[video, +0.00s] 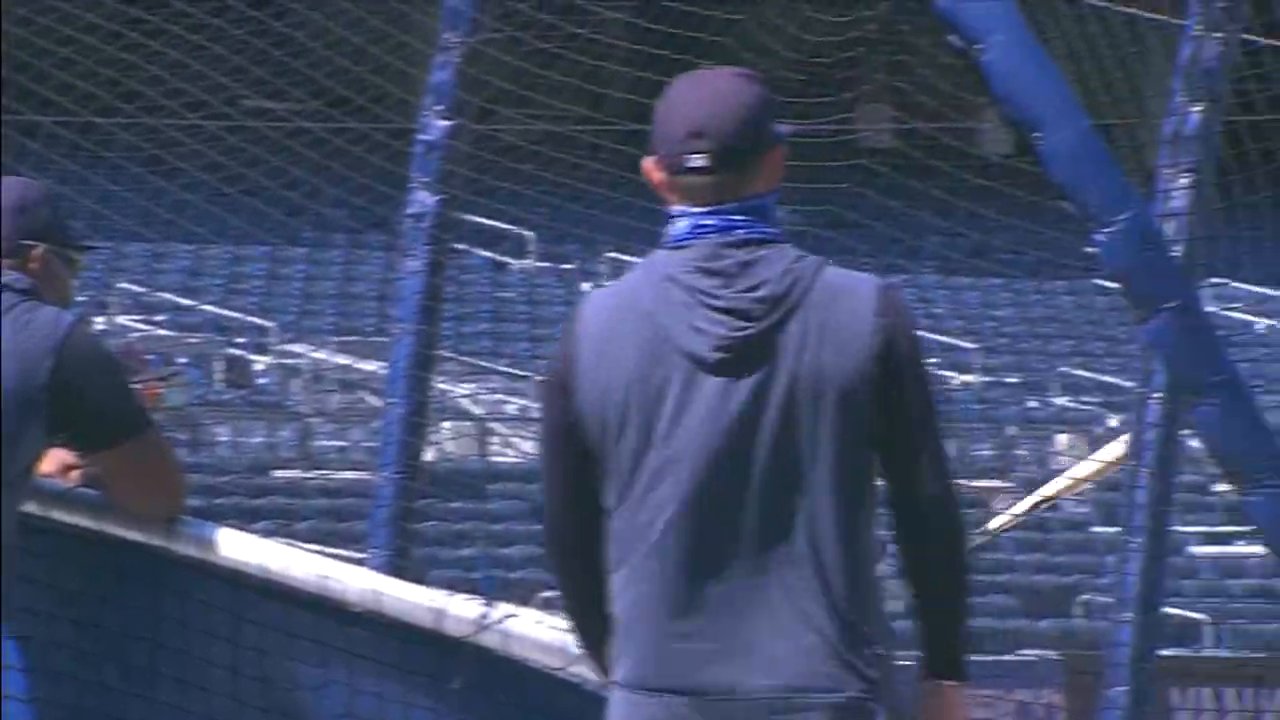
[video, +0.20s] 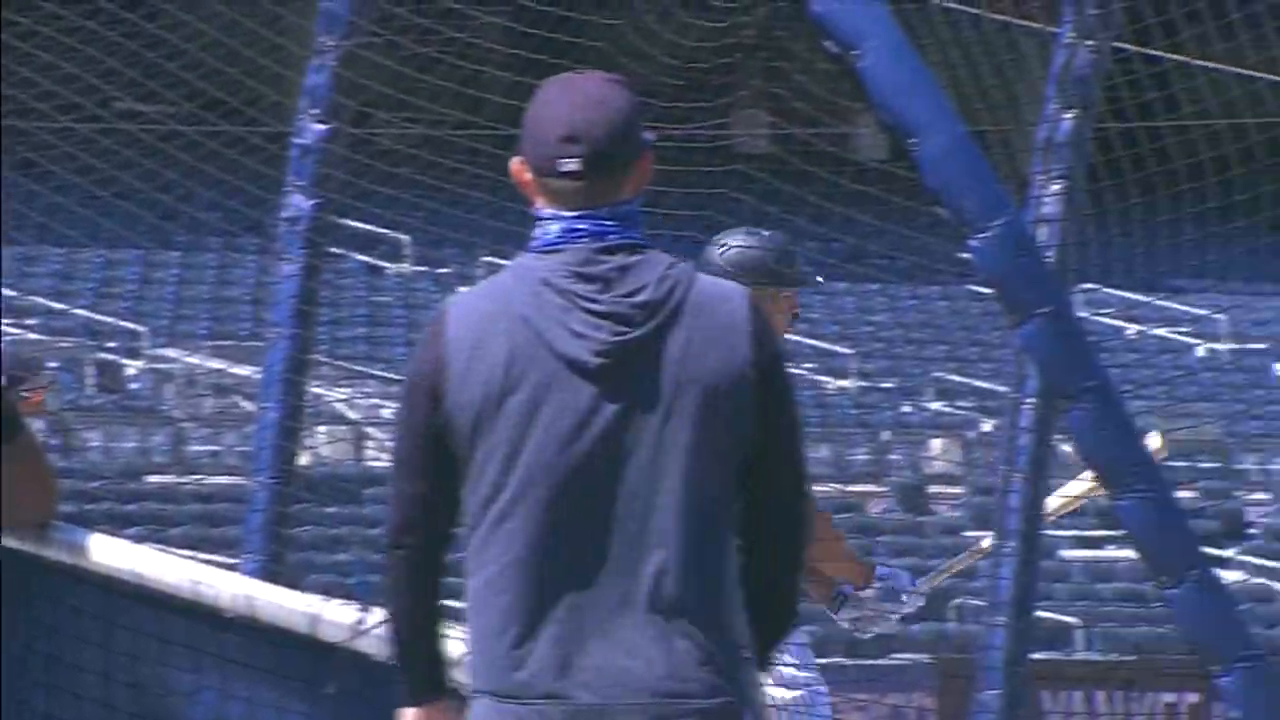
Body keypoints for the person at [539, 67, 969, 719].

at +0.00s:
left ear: (655, 178)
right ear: (777, 166)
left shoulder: (599, 324)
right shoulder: (864, 311)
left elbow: (568, 532)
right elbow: (926, 506)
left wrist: (620, 664)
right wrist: (944, 672)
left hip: (654, 689)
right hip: (824, 685)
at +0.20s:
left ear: (523, 179)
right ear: (646, 170)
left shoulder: (463, 328)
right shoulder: (732, 319)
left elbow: (413, 530)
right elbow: (781, 524)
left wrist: (422, 688)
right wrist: (738, 652)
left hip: (520, 694)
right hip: (694, 692)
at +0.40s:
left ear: (410, 175)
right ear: (534, 183)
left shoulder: (340, 329)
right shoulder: (606, 330)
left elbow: (277, 527)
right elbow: (645, 521)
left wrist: (259, 691)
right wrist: (608, 621)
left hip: (398, 696)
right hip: (571, 696)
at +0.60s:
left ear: (292, 177)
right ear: (417, 190)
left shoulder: (224, 338)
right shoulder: (496, 336)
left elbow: (162, 547)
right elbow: (531, 534)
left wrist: (146, 697)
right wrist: (477, 650)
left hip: (287, 692)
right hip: (458, 693)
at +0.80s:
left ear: (200, 184)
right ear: (324, 193)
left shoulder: (138, 347)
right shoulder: (412, 338)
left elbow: (89, 563)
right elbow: (454, 542)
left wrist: (89, 702)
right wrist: (411, 657)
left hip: (200, 699)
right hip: (379, 695)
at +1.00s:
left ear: (192, 188)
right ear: (315, 194)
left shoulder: (123, 346)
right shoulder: (401, 339)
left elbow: (77, 564)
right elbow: (448, 543)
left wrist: (101, 705)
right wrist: (417, 680)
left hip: (183, 698)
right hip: (362, 696)